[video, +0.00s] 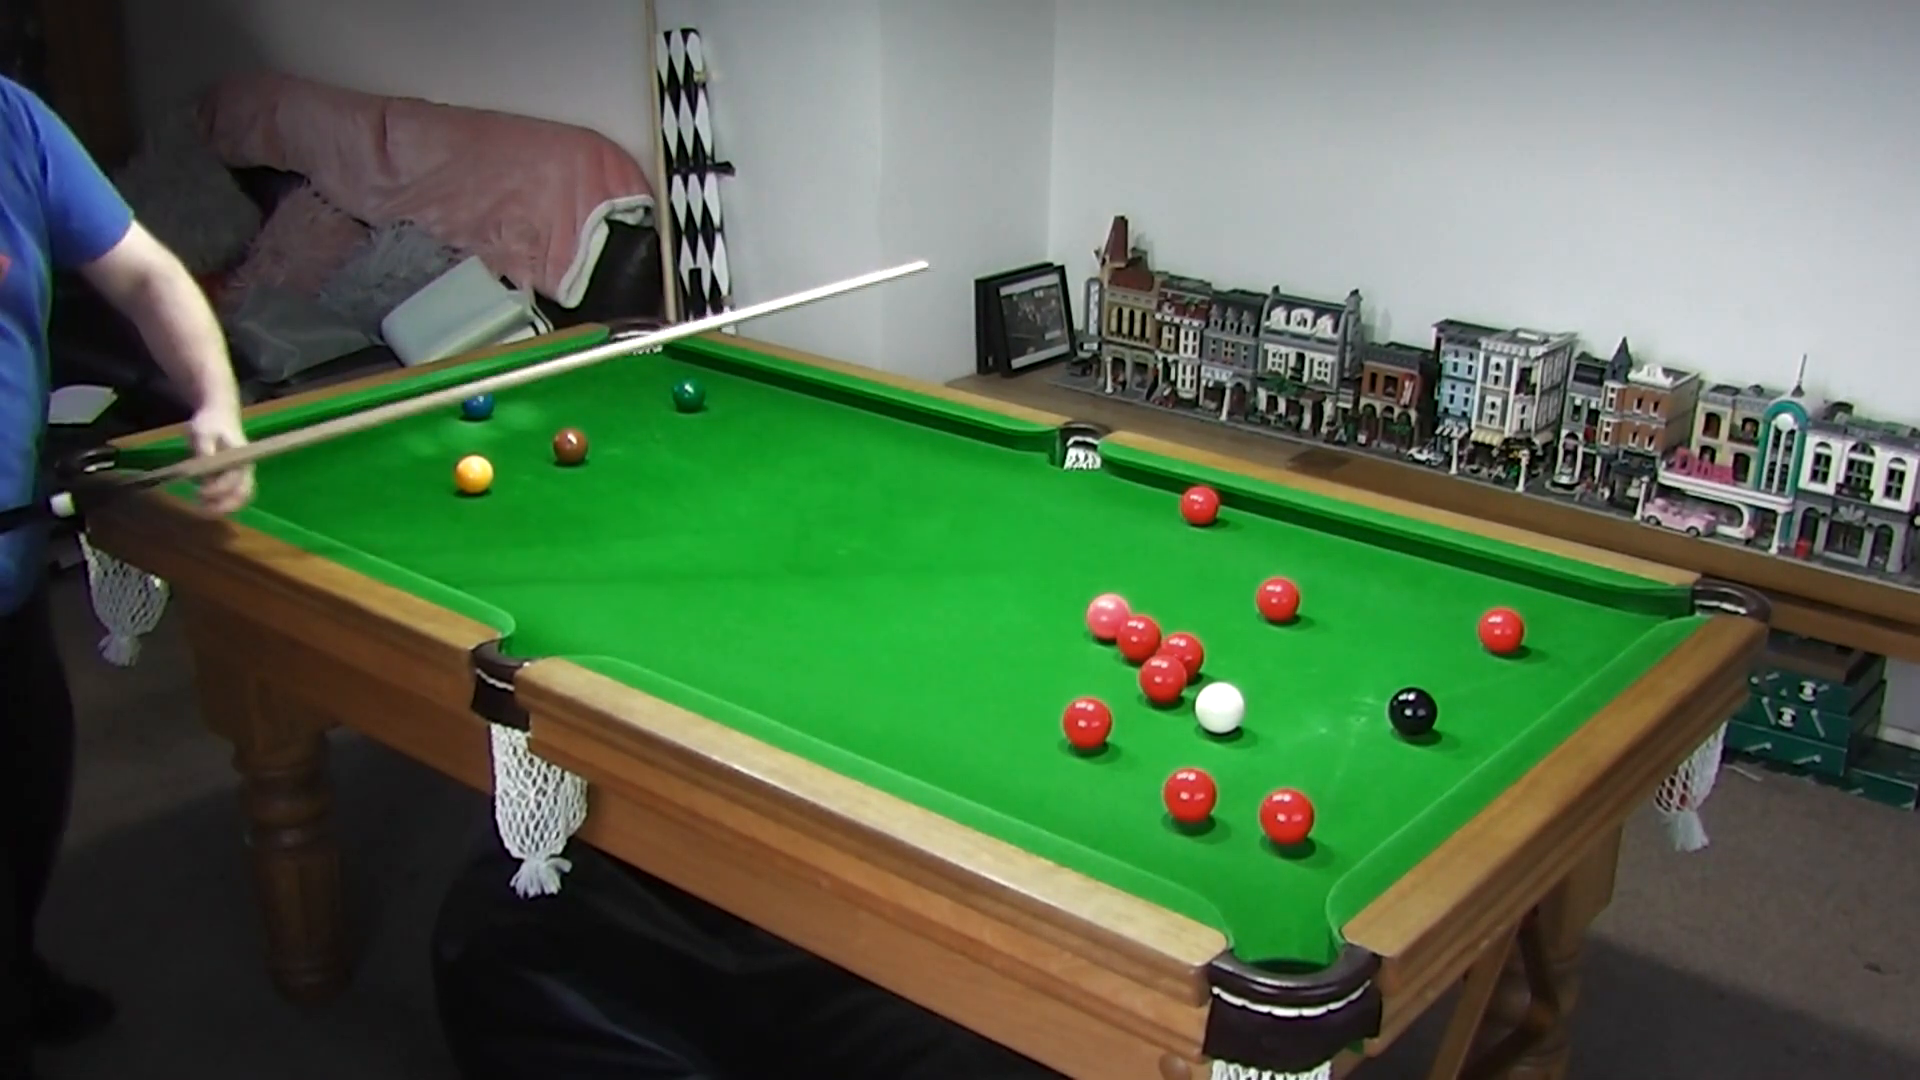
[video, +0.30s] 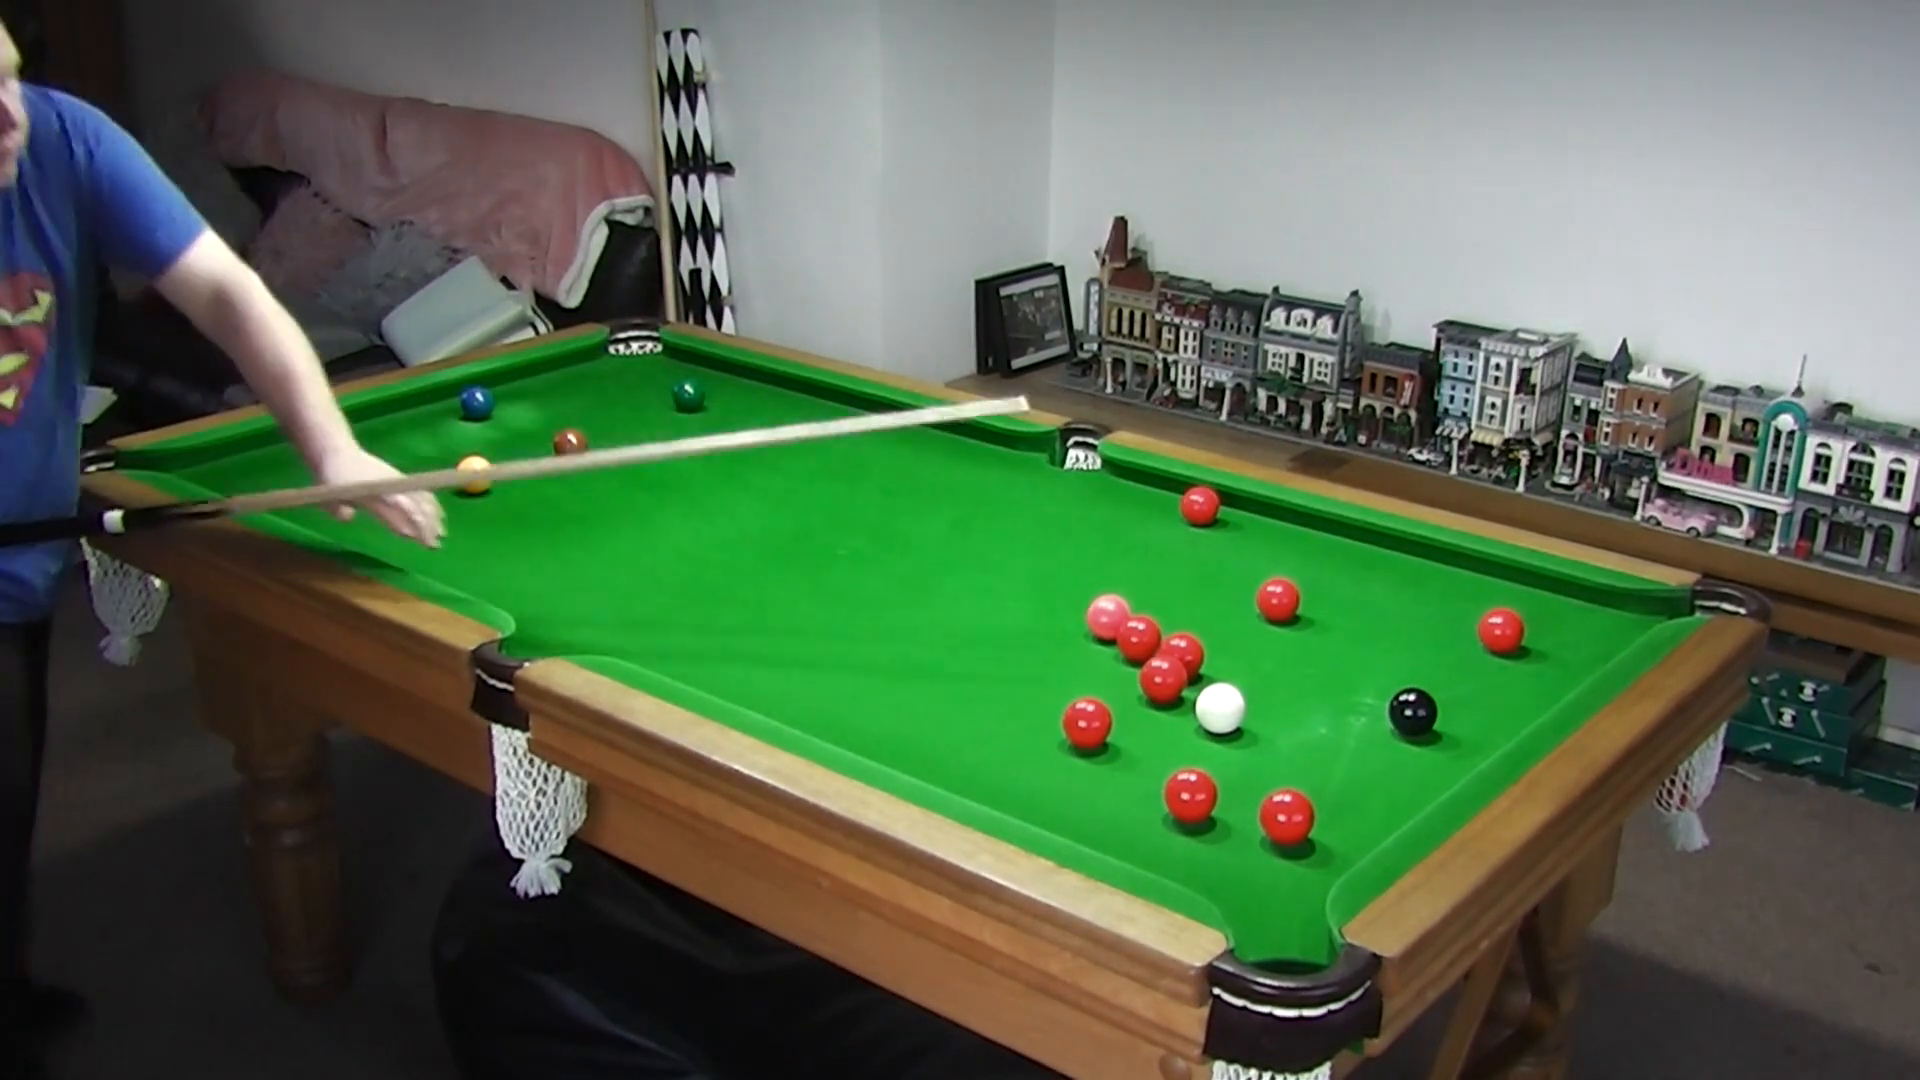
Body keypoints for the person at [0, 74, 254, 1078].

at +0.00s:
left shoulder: (17, 125)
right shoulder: (21, 126)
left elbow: (143, 271)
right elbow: (145, 272)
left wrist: (216, 404)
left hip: (15, 586)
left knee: (34, 781)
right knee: (23, 786)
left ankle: (24, 978)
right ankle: (15, 994)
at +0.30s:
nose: (11, 121)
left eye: (12, 90)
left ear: (25, 75)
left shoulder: (63, 141)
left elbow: (229, 292)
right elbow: (230, 289)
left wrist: (337, 451)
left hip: (24, 557)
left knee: (14, 808)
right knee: (13, 807)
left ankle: (17, 990)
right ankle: (14, 998)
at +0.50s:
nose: (109, 202)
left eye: (110, 166)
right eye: (68, 188)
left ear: (119, 145)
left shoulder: (151, 214)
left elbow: (319, 360)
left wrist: (452, 517)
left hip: (24, 568)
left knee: (25, 803)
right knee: (22, 804)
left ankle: (91, 1022)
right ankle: (87, 1016)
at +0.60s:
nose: (166, 264)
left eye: (167, 231)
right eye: (127, 248)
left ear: (175, 203)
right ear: (23, 250)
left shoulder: (190, 249)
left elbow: (358, 393)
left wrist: (503, 549)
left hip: (24, 597)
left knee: (27, 831)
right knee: (27, 835)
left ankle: (80, 1032)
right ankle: (82, 1031)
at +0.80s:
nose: (280, 361)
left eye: (283, 326)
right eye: (245, 345)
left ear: (282, 281)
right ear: (131, 337)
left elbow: (441, 440)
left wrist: (591, 590)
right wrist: (46, 496)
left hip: (29, 585)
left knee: (28, 838)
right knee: (24, 842)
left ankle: (70, 1036)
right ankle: (79, 1043)